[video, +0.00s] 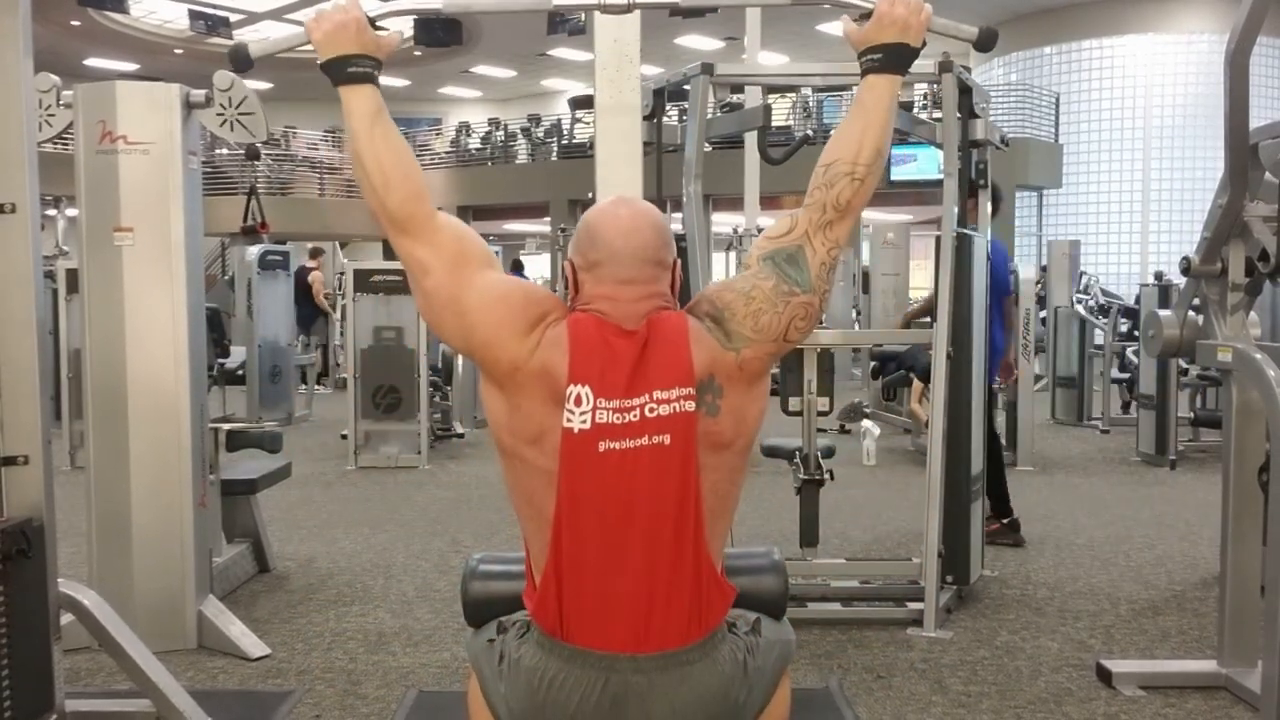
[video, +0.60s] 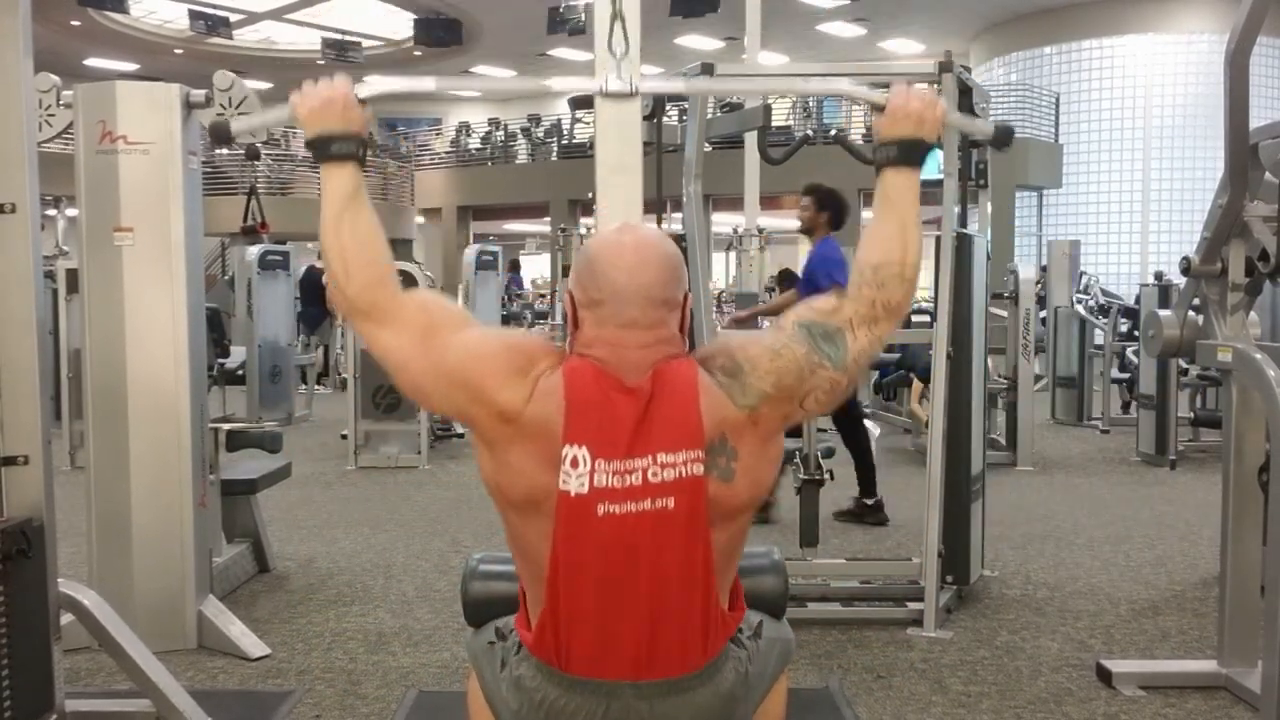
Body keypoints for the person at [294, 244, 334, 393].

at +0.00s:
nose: (322, 261)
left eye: (322, 258)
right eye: (322, 258)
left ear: (309, 257)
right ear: (319, 258)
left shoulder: (299, 270)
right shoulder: (316, 275)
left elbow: (303, 293)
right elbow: (318, 297)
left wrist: (322, 293)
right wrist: (330, 311)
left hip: (302, 313)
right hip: (315, 314)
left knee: (303, 347)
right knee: (317, 348)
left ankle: (303, 381)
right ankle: (316, 382)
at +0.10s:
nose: (324, 260)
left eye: (324, 258)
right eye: (324, 258)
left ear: (311, 257)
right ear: (321, 258)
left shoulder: (301, 270)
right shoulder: (319, 275)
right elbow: (321, 298)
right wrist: (331, 313)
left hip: (302, 311)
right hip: (316, 313)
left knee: (303, 346)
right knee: (317, 347)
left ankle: (302, 381)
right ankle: (315, 381)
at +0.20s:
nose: (326, 260)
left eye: (326, 258)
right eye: (326, 258)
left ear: (313, 257)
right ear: (324, 258)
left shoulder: (302, 270)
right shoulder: (321, 275)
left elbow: (298, 292)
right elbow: (324, 298)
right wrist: (332, 314)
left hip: (303, 312)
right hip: (318, 313)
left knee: (303, 346)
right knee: (320, 347)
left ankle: (303, 381)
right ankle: (317, 381)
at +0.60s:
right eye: (328, 258)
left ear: (316, 258)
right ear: (326, 259)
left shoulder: (305, 274)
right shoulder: (325, 276)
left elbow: (301, 293)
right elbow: (328, 297)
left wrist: (304, 306)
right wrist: (332, 313)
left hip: (305, 311)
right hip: (321, 312)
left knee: (305, 346)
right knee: (326, 346)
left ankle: (303, 380)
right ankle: (323, 377)